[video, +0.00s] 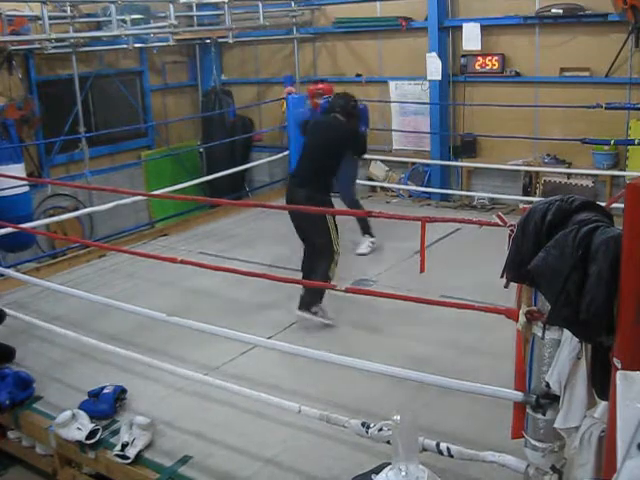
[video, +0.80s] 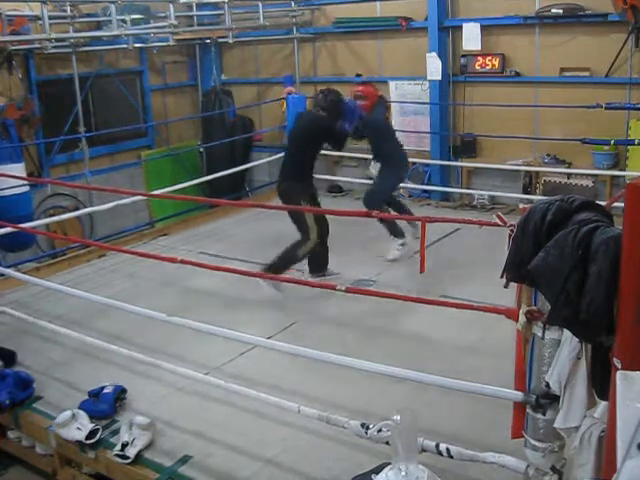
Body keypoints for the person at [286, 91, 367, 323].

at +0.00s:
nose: (355, 117)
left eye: (354, 112)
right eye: (354, 113)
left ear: (332, 108)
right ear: (349, 113)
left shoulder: (315, 123)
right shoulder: (347, 131)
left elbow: (303, 126)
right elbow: (360, 150)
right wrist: (357, 128)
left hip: (295, 192)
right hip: (316, 196)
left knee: (312, 246)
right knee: (328, 250)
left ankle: (308, 299)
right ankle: (312, 303)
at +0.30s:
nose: (346, 114)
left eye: (345, 111)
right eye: (345, 111)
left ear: (320, 109)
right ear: (340, 111)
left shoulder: (307, 126)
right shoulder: (335, 129)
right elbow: (366, 149)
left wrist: (353, 133)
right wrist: (365, 132)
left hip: (293, 196)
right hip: (312, 198)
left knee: (318, 243)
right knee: (328, 254)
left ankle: (311, 286)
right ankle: (307, 305)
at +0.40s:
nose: (343, 113)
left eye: (342, 109)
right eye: (341, 109)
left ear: (318, 108)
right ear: (337, 110)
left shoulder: (306, 125)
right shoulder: (331, 128)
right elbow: (359, 146)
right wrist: (367, 131)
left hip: (294, 194)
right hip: (311, 197)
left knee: (319, 242)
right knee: (327, 251)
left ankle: (316, 279)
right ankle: (307, 305)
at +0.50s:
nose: (344, 111)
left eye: (343, 108)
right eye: (342, 108)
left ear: (319, 107)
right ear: (337, 109)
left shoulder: (306, 124)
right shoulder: (331, 127)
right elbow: (360, 144)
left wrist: (357, 134)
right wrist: (366, 133)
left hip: (295, 194)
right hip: (310, 197)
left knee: (318, 244)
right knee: (323, 251)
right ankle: (307, 304)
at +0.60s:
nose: (343, 113)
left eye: (342, 109)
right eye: (342, 109)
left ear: (319, 105)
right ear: (337, 109)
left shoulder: (309, 120)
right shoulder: (328, 124)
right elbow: (348, 142)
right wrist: (347, 123)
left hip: (297, 186)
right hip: (304, 190)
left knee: (324, 230)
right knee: (316, 241)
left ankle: (320, 269)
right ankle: (304, 301)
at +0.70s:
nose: (341, 113)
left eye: (341, 109)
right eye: (340, 109)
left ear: (321, 104)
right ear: (334, 108)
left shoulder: (308, 118)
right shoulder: (324, 122)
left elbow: (337, 142)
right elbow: (341, 143)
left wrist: (346, 121)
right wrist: (349, 122)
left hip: (301, 183)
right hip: (299, 186)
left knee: (323, 227)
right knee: (316, 235)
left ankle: (319, 269)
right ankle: (291, 282)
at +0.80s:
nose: (338, 112)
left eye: (339, 108)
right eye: (337, 108)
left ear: (318, 103)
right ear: (329, 107)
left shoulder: (307, 117)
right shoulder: (319, 122)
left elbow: (335, 141)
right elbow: (338, 143)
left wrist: (342, 124)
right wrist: (345, 124)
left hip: (302, 183)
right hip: (293, 185)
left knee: (321, 227)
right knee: (312, 235)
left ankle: (318, 270)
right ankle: (271, 272)